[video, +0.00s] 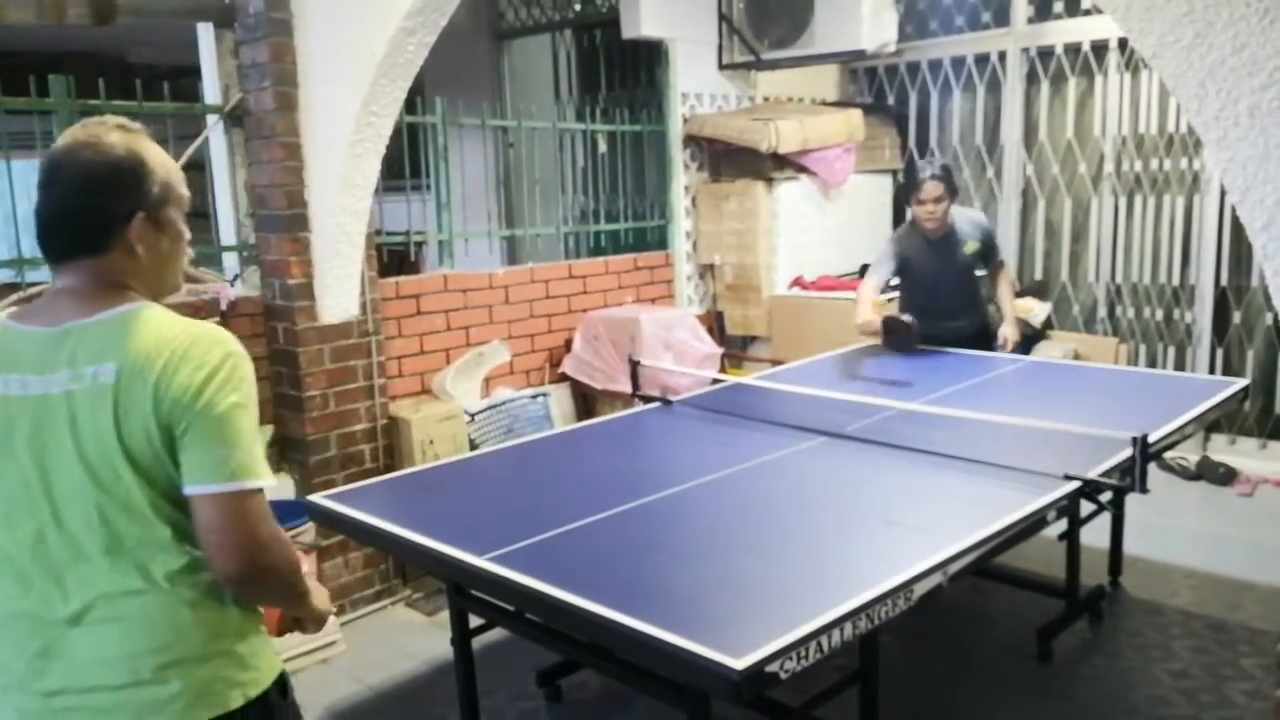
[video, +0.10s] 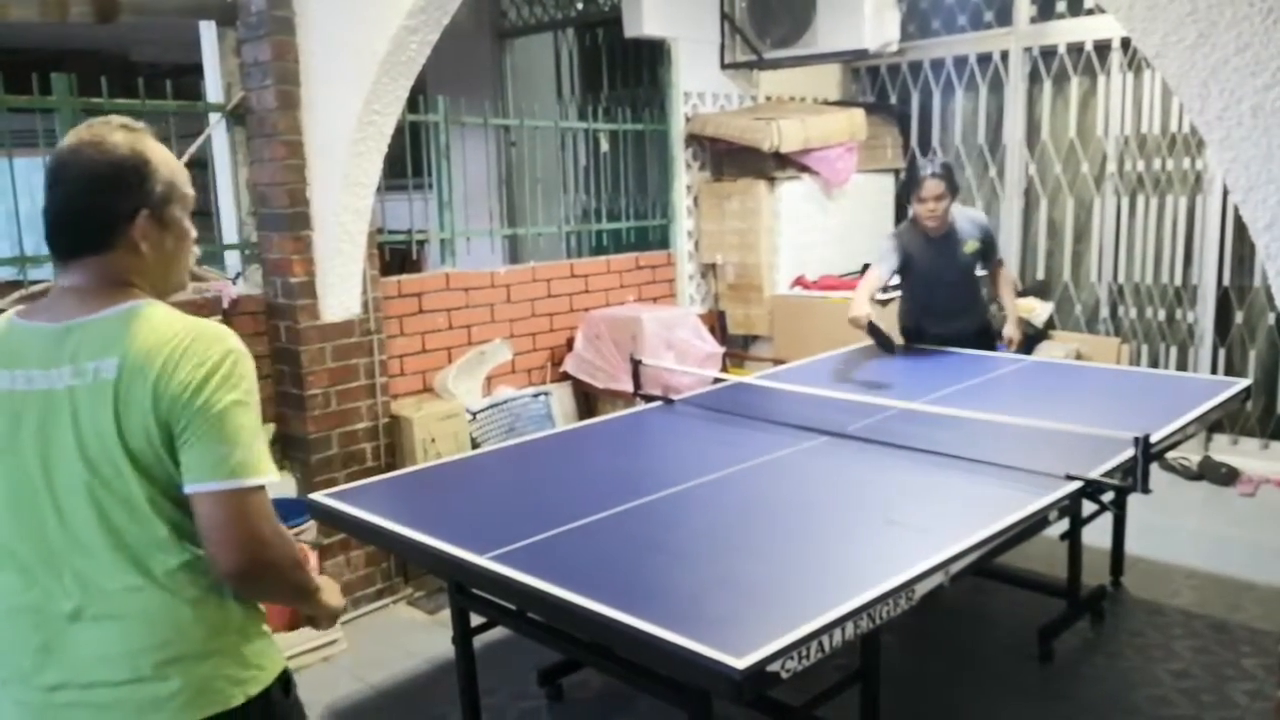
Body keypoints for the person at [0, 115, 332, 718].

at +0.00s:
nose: (190, 235)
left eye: (188, 217)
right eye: (182, 217)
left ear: (56, 228)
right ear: (138, 232)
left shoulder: (8, 337)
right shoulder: (194, 351)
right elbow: (240, 554)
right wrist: (303, 597)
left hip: (28, 690)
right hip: (188, 689)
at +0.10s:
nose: (196, 235)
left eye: (194, 217)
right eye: (187, 216)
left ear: (61, 226)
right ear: (143, 229)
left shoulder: (10, 338)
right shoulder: (195, 348)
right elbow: (241, 551)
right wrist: (312, 593)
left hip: (31, 691)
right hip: (193, 689)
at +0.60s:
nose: (404, 271)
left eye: (404, 254)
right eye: (402, 254)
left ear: (293, 253)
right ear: (380, 256)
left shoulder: (182, 338)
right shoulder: (411, 362)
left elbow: (111, 500)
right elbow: (545, 467)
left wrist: (136, 603)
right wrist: (589, 441)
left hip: (146, 682)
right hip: (311, 684)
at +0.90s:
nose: (407, 269)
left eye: (408, 253)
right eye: (406, 253)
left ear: (289, 251)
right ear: (383, 258)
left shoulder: (183, 335)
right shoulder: (419, 364)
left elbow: (110, 500)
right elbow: (517, 481)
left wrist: (155, 594)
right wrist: (537, 450)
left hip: (145, 688)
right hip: (314, 687)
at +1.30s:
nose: (251, 255)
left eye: (250, 237)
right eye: (244, 237)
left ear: (121, 242)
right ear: (201, 245)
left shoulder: (24, 359)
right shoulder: (258, 361)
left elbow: (8, 510)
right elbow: (286, 551)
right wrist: (351, 574)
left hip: (57, 693)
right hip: (226, 691)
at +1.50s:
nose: (243, 253)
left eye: (242, 234)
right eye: (236, 233)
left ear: (114, 241)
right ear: (198, 239)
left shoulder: (24, 360)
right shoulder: (255, 355)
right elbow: (292, 544)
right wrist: (355, 576)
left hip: (64, 693)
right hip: (232, 689)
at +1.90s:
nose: (366, 254)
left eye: (369, 239)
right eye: (366, 238)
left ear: (256, 231)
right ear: (343, 241)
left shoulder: (153, 332)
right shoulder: (377, 351)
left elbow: (99, 489)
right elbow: (419, 532)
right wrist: (401, 576)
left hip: (169, 671)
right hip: (323, 667)